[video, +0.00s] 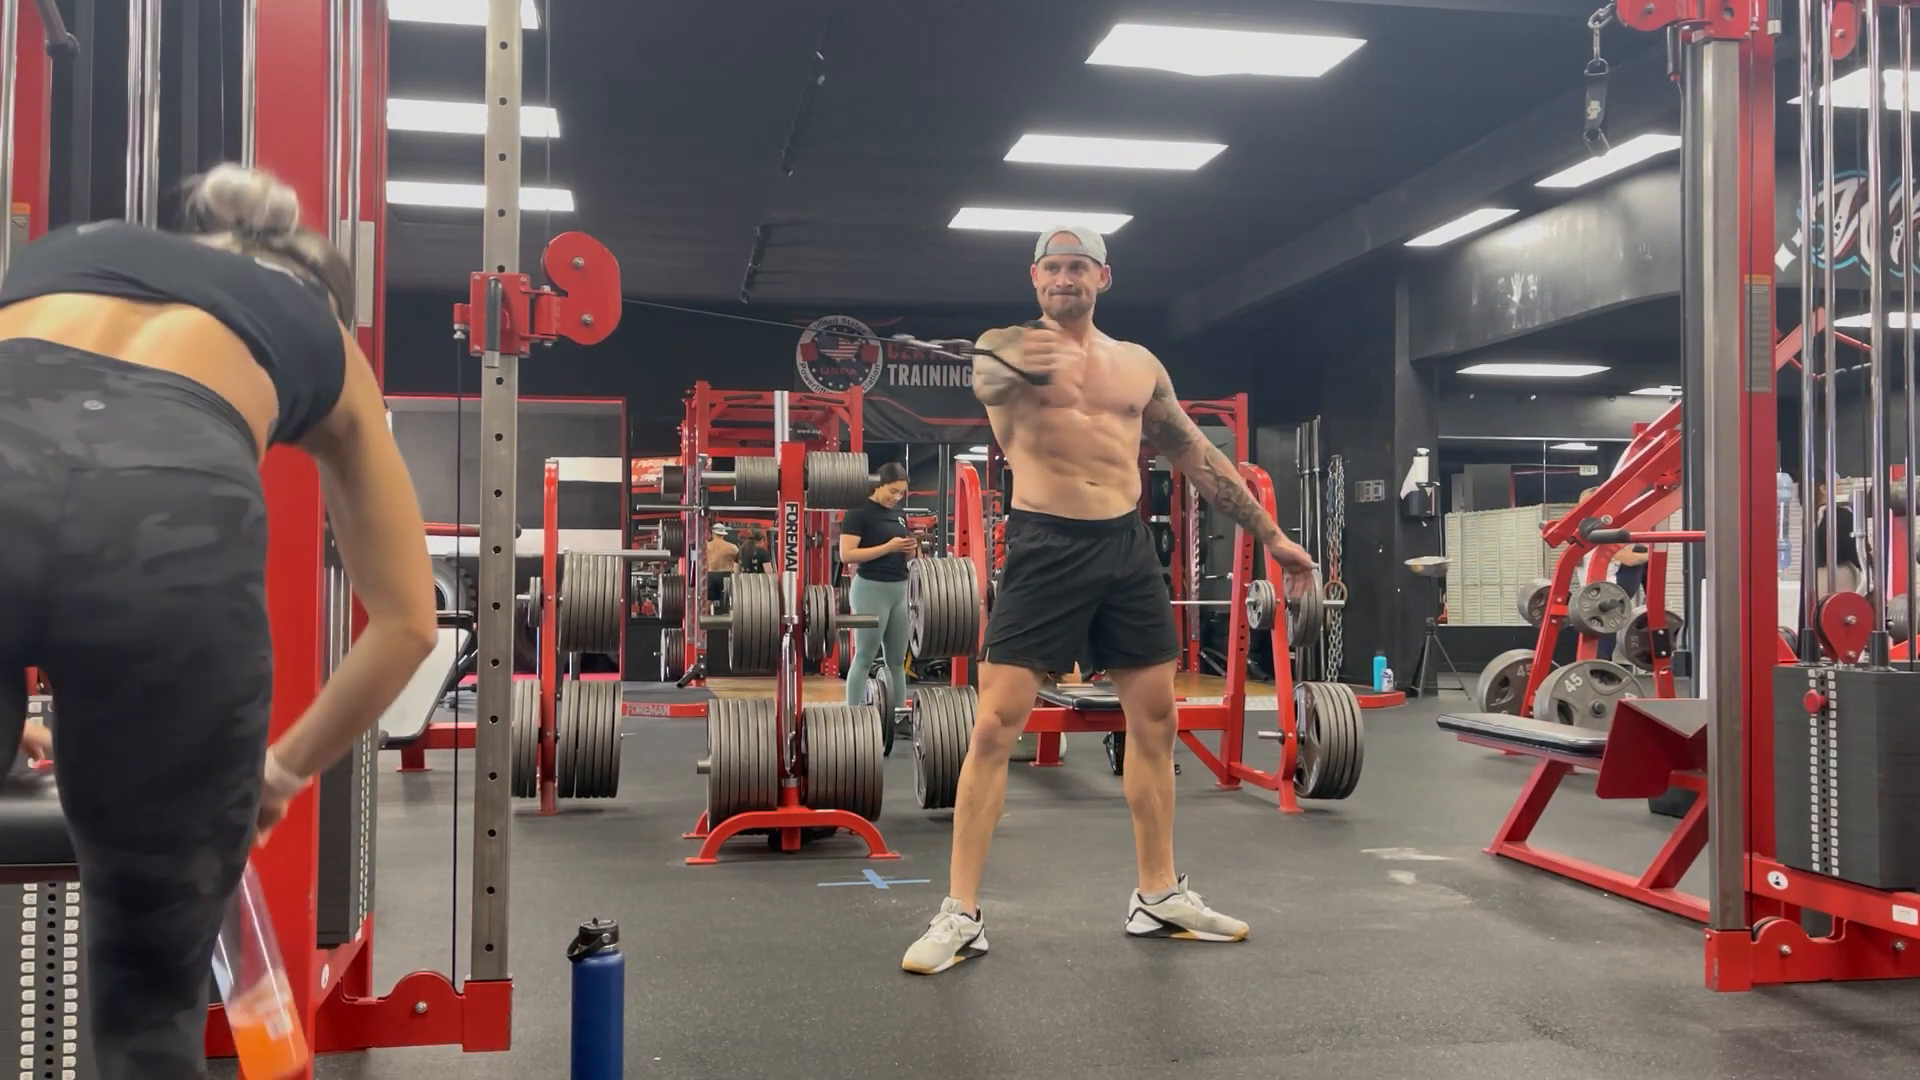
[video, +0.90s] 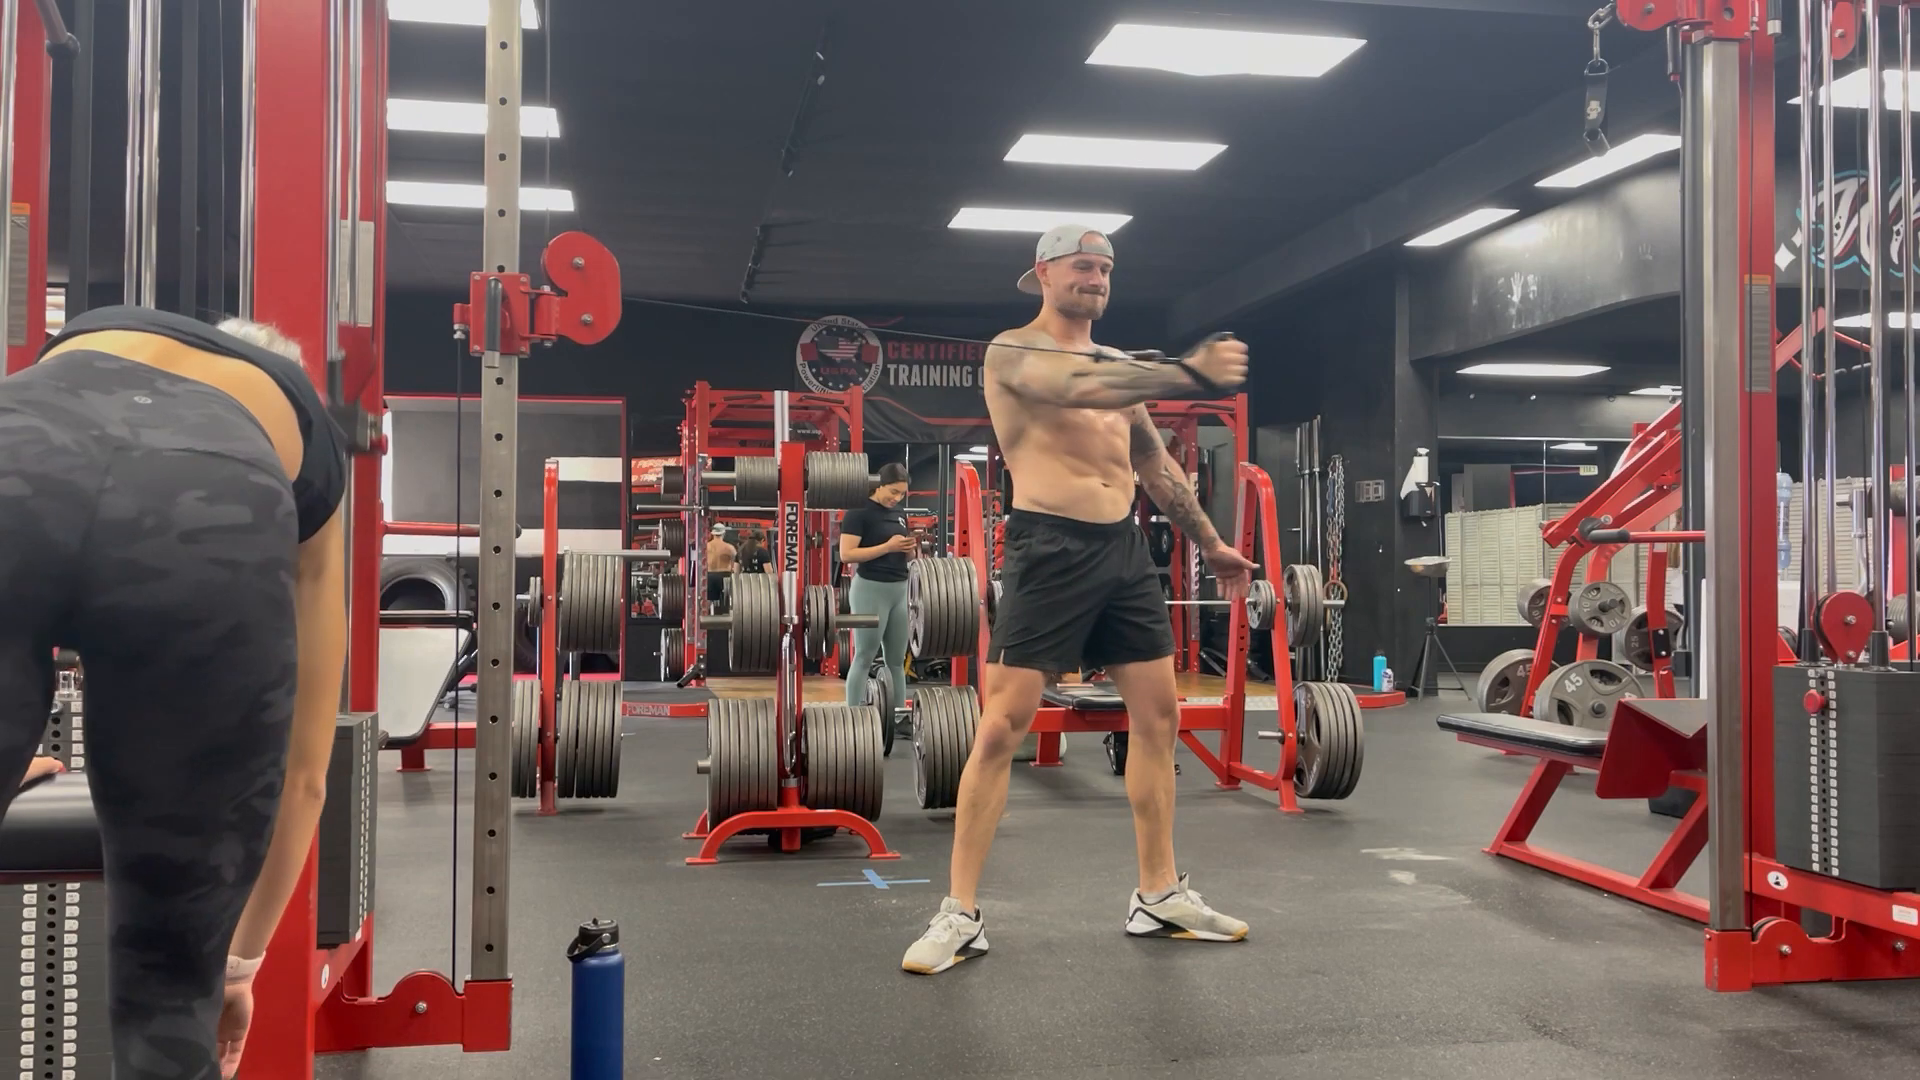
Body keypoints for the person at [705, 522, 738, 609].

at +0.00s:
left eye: (712, 534)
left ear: (713, 534)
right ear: (724, 534)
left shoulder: (707, 546)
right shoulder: (732, 547)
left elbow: (704, 561)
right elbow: (737, 561)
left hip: (711, 572)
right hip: (726, 572)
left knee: (708, 601)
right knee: (726, 602)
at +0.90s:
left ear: (712, 533)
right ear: (724, 533)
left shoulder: (707, 546)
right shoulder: (729, 548)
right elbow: (734, 562)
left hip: (710, 573)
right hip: (725, 573)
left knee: (711, 601)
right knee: (724, 602)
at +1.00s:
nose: (725, 534)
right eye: (724, 533)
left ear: (713, 533)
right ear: (723, 534)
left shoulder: (708, 545)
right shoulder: (726, 547)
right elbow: (735, 557)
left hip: (710, 572)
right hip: (724, 572)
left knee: (709, 600)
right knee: (724, 600)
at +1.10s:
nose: (726, 535)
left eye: (725, 533)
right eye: (725, 533)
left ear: (714, 533)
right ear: (723, 534)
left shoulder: (708, 545)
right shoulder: (725, 546)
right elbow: (732, 557)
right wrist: (736, 552)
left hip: (711, 572)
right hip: (723, 572)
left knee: (710, 600)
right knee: (724, 600)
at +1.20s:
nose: (726, 534)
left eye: (726, 532)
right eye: (726, 532)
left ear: (715, 533)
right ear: (723, 533)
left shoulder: (709, 545)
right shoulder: (723, 546)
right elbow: (730, 560)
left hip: (711, 572)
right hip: (723, 572)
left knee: (711, 600)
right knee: (724, 600)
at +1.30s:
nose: (727, 535)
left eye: (727, 533)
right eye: (726, 533)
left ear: (716, 534)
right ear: (722, 534)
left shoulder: (709, 545)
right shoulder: (722, 547)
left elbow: (726, 552)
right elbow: (728, 562)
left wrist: (736, 554)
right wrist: (736, 567)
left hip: (711, 572)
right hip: (722, 572)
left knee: (710, 600)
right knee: (724, 600)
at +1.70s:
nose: (727, 535)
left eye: (727, 533)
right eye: (726, 533)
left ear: (716, 534)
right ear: (721, 533)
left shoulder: (709, 545)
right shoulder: (721, 547)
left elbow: (727, 552)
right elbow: (729, 563)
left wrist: (737, 554)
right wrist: (736, 567)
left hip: (711, 572)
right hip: (722, 572)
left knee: (710, 600)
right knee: (724, 600)